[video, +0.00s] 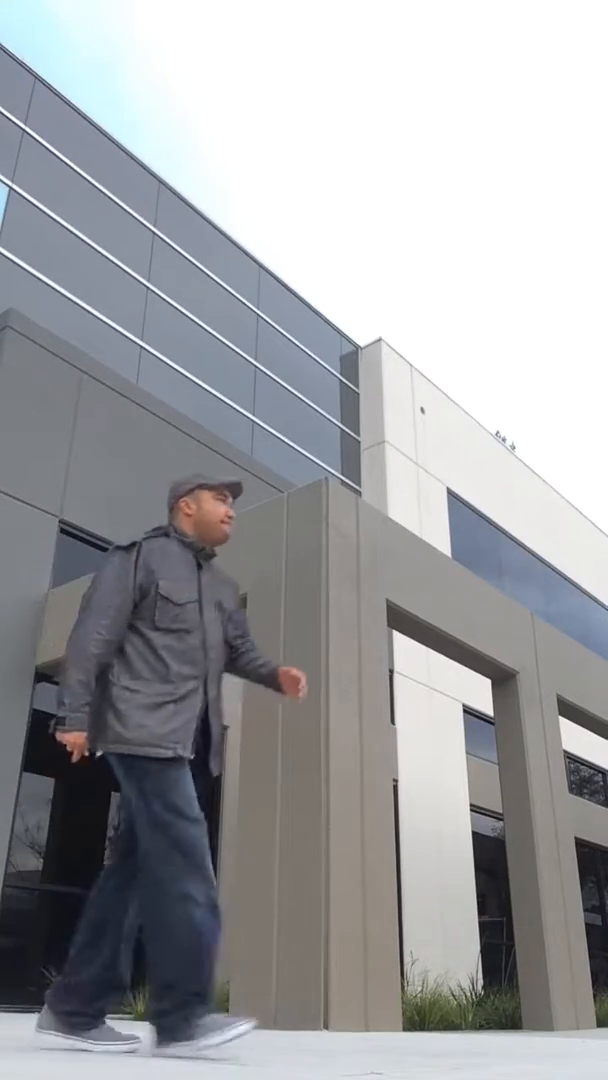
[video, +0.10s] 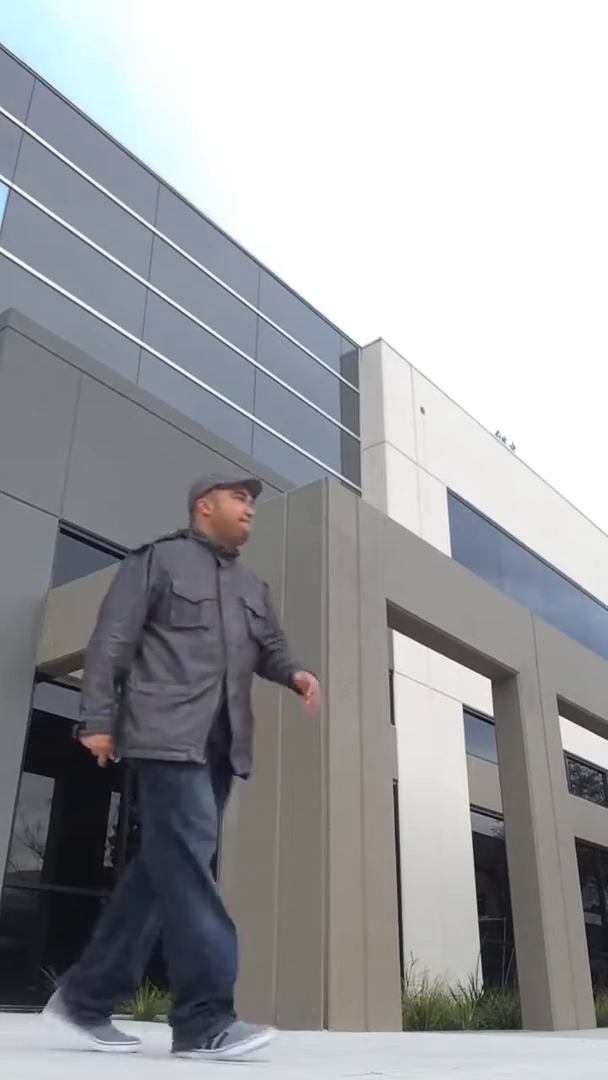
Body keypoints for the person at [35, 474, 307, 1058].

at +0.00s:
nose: (231, 511)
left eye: (231, 502)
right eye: (221, 500)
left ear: (203, 512)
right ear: (184, 507)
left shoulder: (221, 584)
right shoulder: (140, 558)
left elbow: (239, 650)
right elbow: (92, 635)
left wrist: (273, 673)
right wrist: (76, 713)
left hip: (187, 743)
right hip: (140, 735)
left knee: (134, 869)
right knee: (185, 864)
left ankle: (74, 1009)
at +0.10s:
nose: (250, 509)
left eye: (251, 501)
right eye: (239, 498)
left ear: (241, 514)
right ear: (203, 507)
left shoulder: (252, 586)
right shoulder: (157, 560)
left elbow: (270, 650)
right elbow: (110, 640)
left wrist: (294, 673)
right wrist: (98, 718)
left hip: (221, 742)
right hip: (164, 734)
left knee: (165, 867)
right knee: (189, 864)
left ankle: (83, 1000)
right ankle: (203, 1023)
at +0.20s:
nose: (273, 514)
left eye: (275, 507)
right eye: (262, 503)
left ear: (266, 522)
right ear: (226, 512)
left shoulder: (277, 591)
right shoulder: (181, 567)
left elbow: (296, 658)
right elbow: (137, 649)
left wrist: (316, 698)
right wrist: (126, 727)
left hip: (258, 748)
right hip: (193, 742)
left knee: (248, 874)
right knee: (215, 872)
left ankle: (135, 961)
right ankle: (209, 1025)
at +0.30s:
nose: (300, 517)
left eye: (302, 509)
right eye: (289, 505)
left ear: (290, 523)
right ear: (253, 514)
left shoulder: (300, 592)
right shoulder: (207, 564)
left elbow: (317, 675)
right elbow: (167, 644)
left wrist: (333, 738)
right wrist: (164, 720)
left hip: (293, 746)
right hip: (224, 740)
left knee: (313, 859)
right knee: (241, 872)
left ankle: (210, 962)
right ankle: (210, 1025)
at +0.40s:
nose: (332, 511)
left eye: (335, 504)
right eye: (323, 499)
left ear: (314, 513)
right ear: (287, 502)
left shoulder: (326, 593)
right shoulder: (239, 551)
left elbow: (338, 678)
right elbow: (199, 623)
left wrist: (341, 739)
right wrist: (208, 695)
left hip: (317, 747)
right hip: (248, 736)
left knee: (350, 858)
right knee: (240, 877)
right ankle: (211, 1023)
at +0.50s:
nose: (365, 513)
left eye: (365, 505)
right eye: (355, 501)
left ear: (335, 514)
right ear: (320, 507)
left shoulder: (343, 583)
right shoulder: (279, 541)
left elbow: (343, 662)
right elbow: (241, 601)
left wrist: (357, 730)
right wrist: (253, 669)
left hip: (339, 741)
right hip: (278, 727)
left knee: (363, 873)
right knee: (252, 872)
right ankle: (210, 1023)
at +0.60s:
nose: (396, 532)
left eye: (396, 525)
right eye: (389, 520)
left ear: (367, 523)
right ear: (357, 517)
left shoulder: (367, 584)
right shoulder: (319, 546)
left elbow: (365, 660)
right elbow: (294, 599)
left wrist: (383, 730)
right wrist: (308, 662)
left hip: (374, 737)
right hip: (322, 726)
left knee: (392, 875)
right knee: (297, 867)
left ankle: (428, 1024)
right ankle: (219, 1010)